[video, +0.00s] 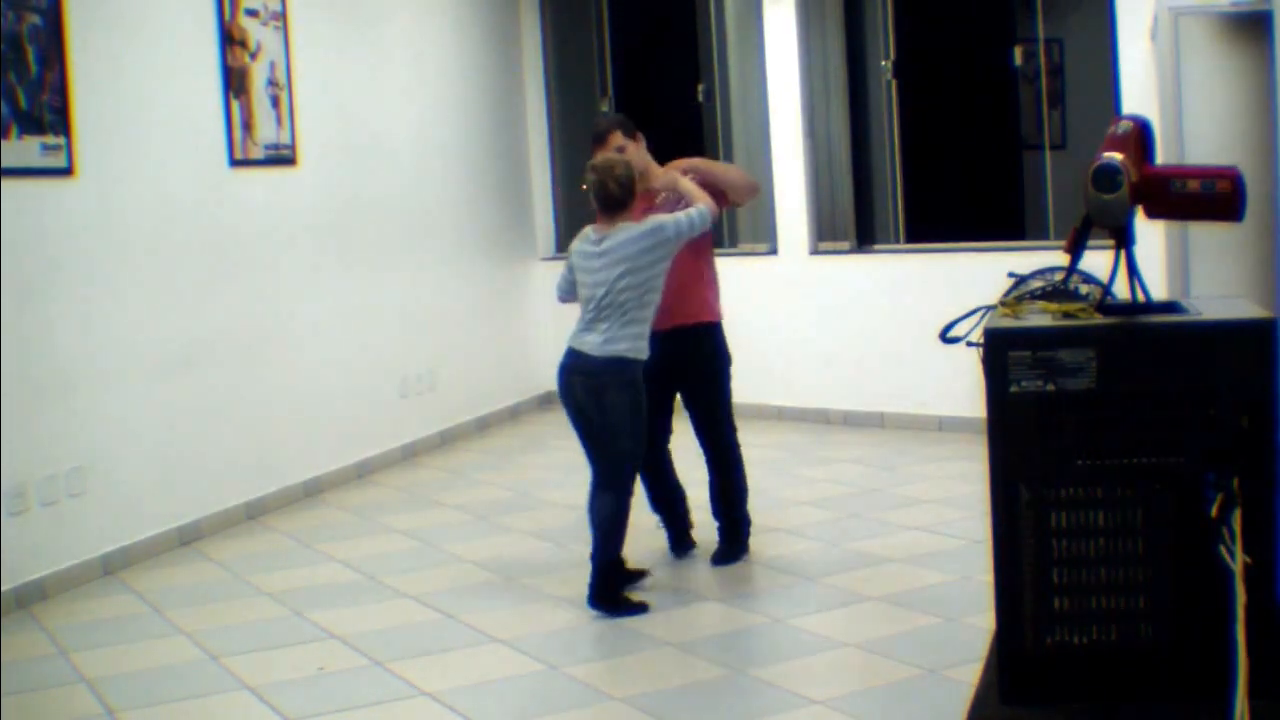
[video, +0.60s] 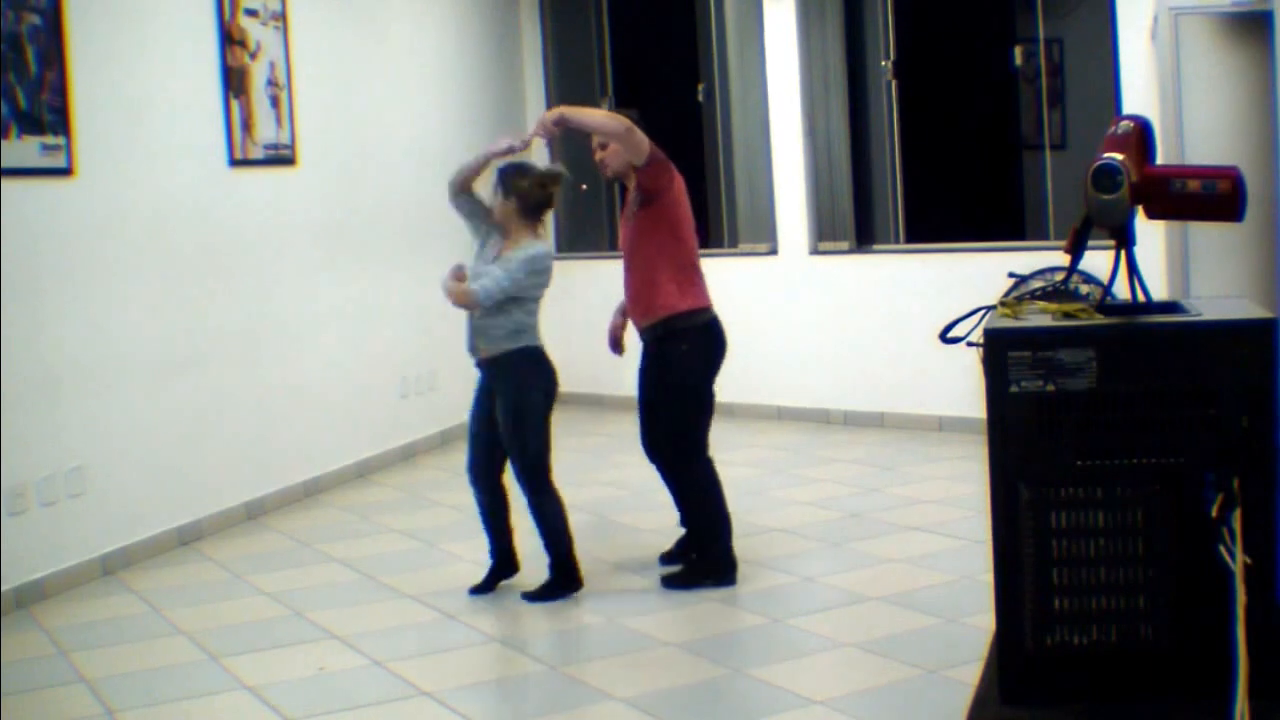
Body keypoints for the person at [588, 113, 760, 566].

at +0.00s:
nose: (619, 163)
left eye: (622, 151)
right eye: (608, 160)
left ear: (641, 142)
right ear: (603, 165)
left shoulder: (688, 184)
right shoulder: (618, 207)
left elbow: (746, 187)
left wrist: (690, 167)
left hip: (697, 331)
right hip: (643, 337)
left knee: (717, 438)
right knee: (648, 446)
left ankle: (734, 533)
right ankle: (677, 530)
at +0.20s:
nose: (614, 161)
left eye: (618, 149)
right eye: (605, 156)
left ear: (640, 145)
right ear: (602, 166)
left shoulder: (682, 184)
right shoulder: (623, 209)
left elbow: (704, 151)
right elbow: (622, 274)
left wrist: (641, 154)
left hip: (695, 325)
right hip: (647, 333)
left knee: (702, 435)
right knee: (665, 444)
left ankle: (733, 529)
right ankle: (695, 528)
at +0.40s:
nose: (604, 158)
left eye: (611, 147)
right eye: (599, 152)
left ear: (638, 147)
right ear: (601, 159)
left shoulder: (668, 184)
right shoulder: (630, 204)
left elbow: (648, 137)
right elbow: (648, 271)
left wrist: (580, 131)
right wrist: (616, 307)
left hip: (694, 330)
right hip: (656, 335)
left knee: (685, 438)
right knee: (668, 439)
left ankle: (729, 542)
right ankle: (695, 530)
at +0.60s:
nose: (598, 156)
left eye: (604, 146)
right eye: (595, 148)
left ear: (627, 143)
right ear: (602, 154)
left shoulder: (658, 180)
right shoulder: (635, 196)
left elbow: (626, 129)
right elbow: (650, 265)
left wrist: (562, 114)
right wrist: (623, 311)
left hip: (688, 335)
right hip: (663, 338)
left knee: (682, 447)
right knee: (659, 443)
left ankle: (716, 561)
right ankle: (698, 534)